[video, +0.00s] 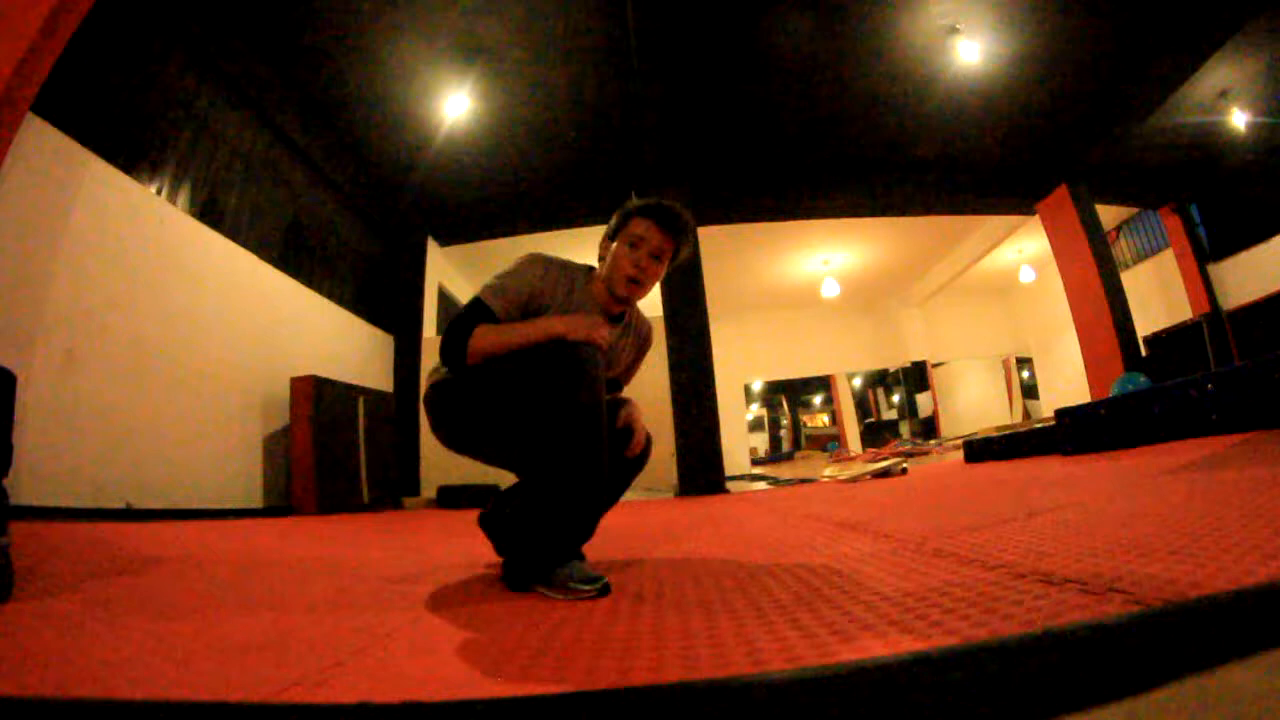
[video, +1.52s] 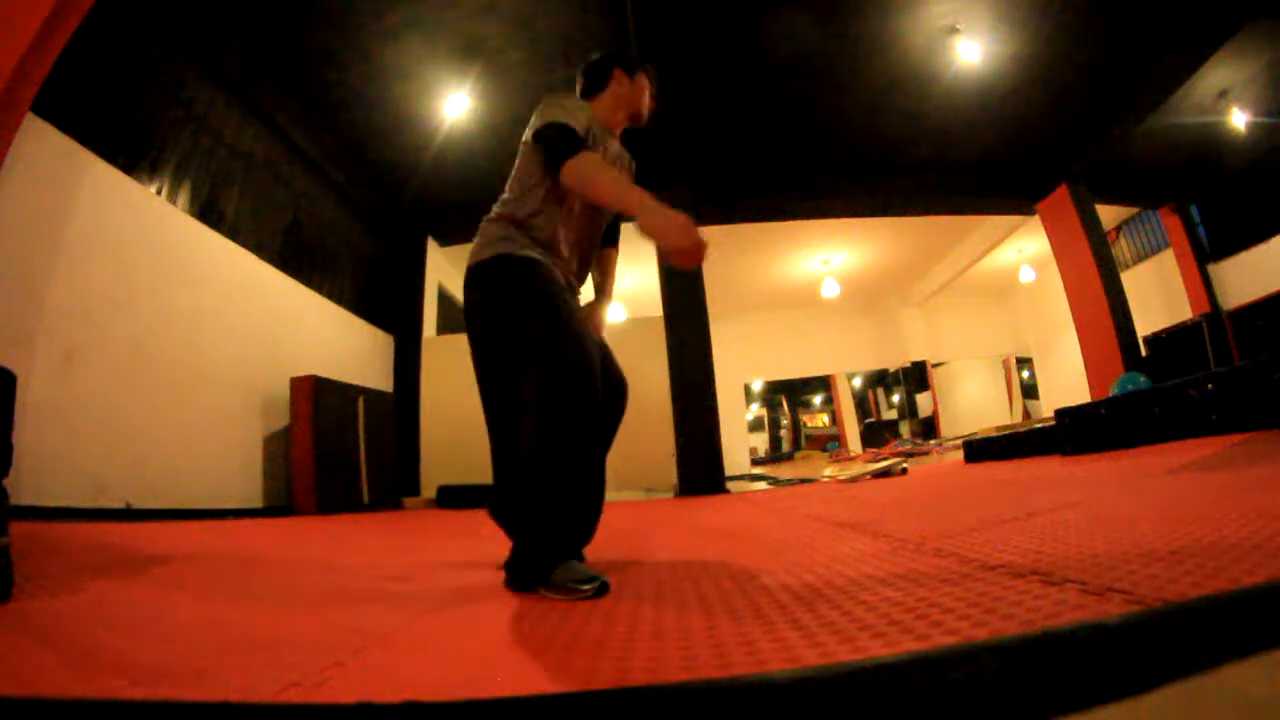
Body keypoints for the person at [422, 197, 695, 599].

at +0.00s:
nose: (641, 262)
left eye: (657, 257)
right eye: (632, 245)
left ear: (663, 274)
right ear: (605, 248)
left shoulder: (638, 335)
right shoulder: (541, 274)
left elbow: (598, 398)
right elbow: (456, 346)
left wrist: (627, 407)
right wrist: (559, 326)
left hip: (532, 423)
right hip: (464, 406)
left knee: (629, 439)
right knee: (577, 362)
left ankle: (516, 521)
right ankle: (544, 558)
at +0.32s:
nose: (643, 280)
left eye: (658, 274)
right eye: (634, 262)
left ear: (663, 290)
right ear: (605, 264)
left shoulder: (637, 346)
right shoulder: (543, 296)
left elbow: (607, 406)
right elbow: (464, 372)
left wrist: (633, 412)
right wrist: (564, 337)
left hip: (535, 439)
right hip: (467, 425)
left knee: (639, 453)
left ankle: (519, 518)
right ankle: (543, 559)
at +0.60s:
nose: (634, 284)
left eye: (647, 278)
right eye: (623, 268)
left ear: (654, 289)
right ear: (594, 271)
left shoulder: (629, 346)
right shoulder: (546, 302)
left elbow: (607, 410)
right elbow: (472, 361)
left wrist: (633, 417)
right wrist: (577, 322)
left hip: (542, 445)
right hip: (469, 433)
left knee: (643, 456)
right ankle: (544, 558)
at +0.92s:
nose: (673, 290)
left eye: (674, 278)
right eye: (668, 275)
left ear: (634, 275)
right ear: (632, 271)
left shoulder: (619, 341)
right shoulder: (556, 308)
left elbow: (601, 415)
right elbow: (449, 388)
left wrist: (636, 417)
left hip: (540, 464)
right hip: (481, 458)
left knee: (646, 455)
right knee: (582, 370)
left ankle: (544, 550)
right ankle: (542, 558)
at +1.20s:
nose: (674, 229)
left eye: (673, 216)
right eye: (668, 213)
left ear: (637, 212)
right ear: (636, 210)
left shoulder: (625, 295)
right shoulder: (547, 252)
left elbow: (596, 371)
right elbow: (433, 318)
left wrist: (637, 413)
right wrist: (423, 422)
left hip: (549, 401)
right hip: (481, 388)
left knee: (630, 451)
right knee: (601, 373)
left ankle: (516, 519)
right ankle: (551, 558)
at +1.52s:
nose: (650, 101)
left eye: (651, 93)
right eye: (645, 88)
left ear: (620, 88)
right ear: (619, 80)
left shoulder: (616, 160)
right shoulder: (561, 108)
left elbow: (607, 242)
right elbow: (570, 165)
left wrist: (600, 305)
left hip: (553, 287)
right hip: (507, 268)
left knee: (606, 390)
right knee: (566, 389)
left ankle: (553, 541)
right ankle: (540, 558)